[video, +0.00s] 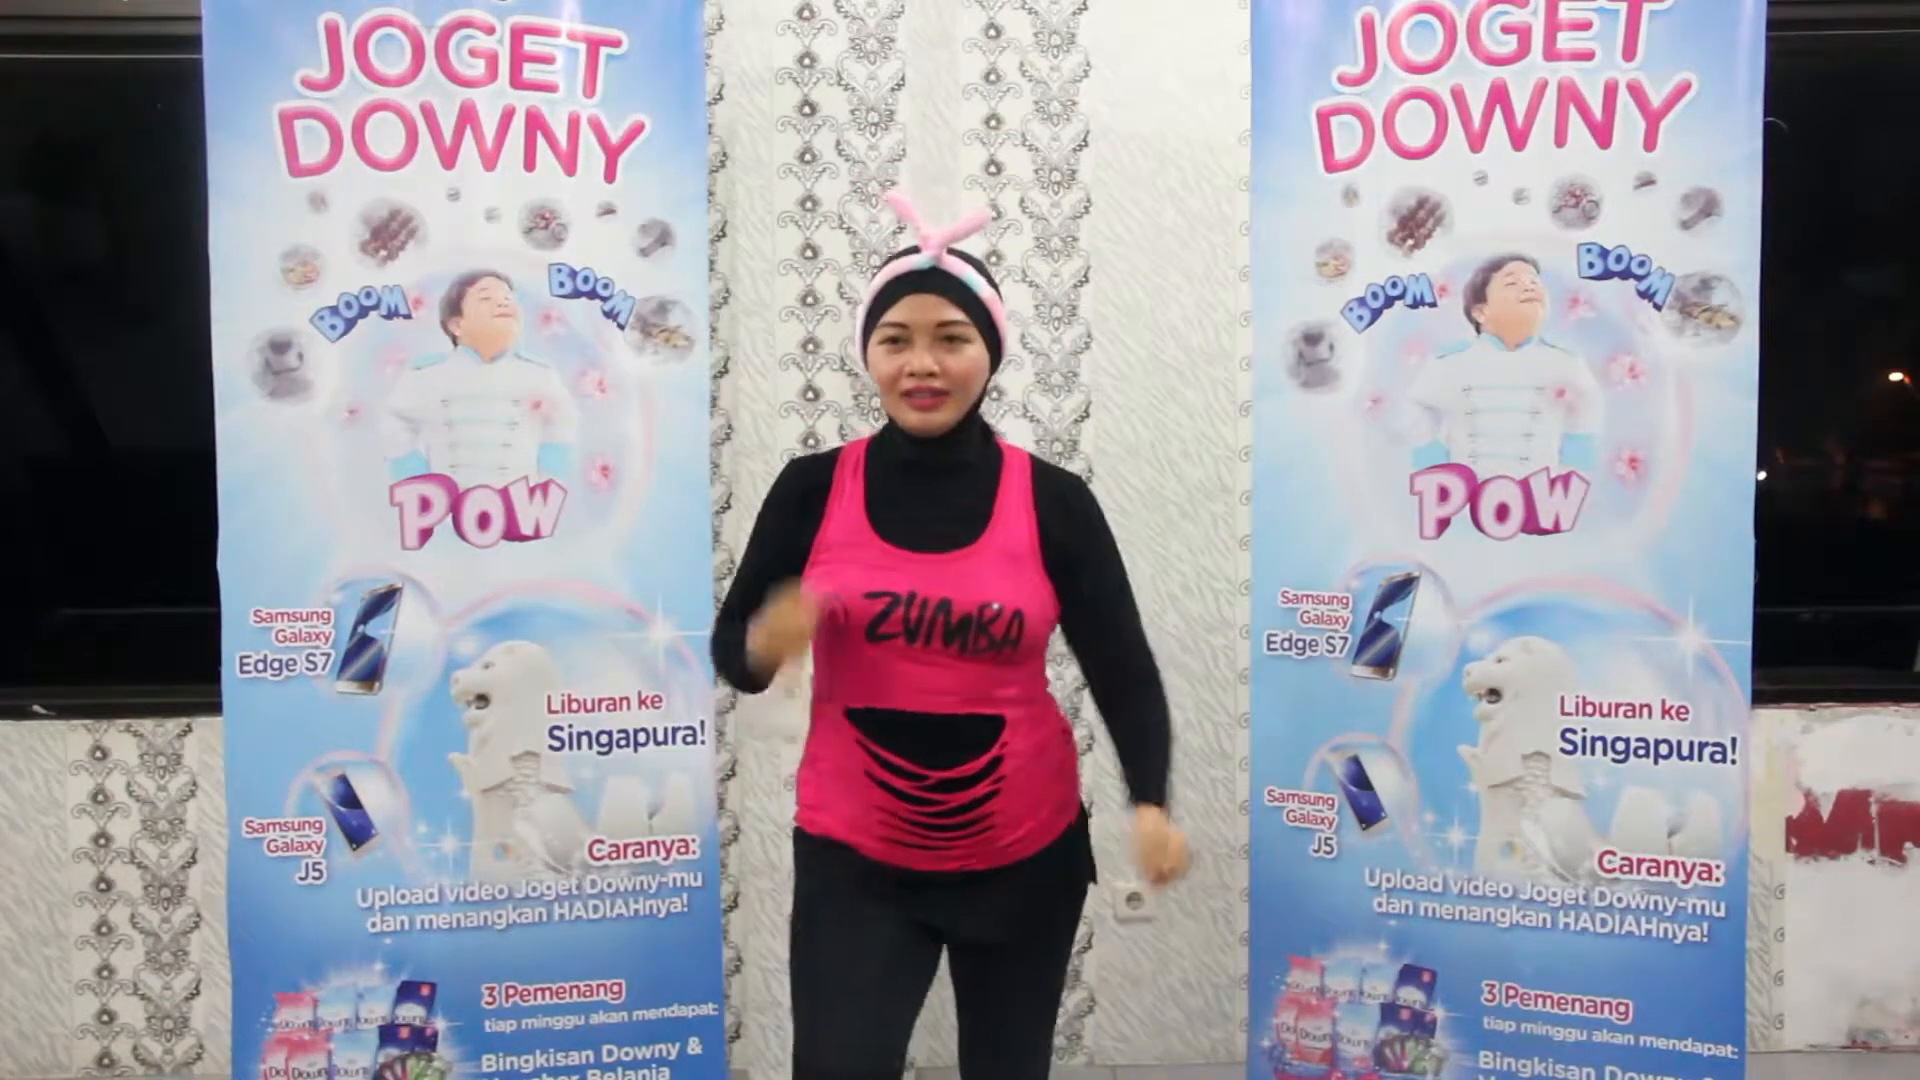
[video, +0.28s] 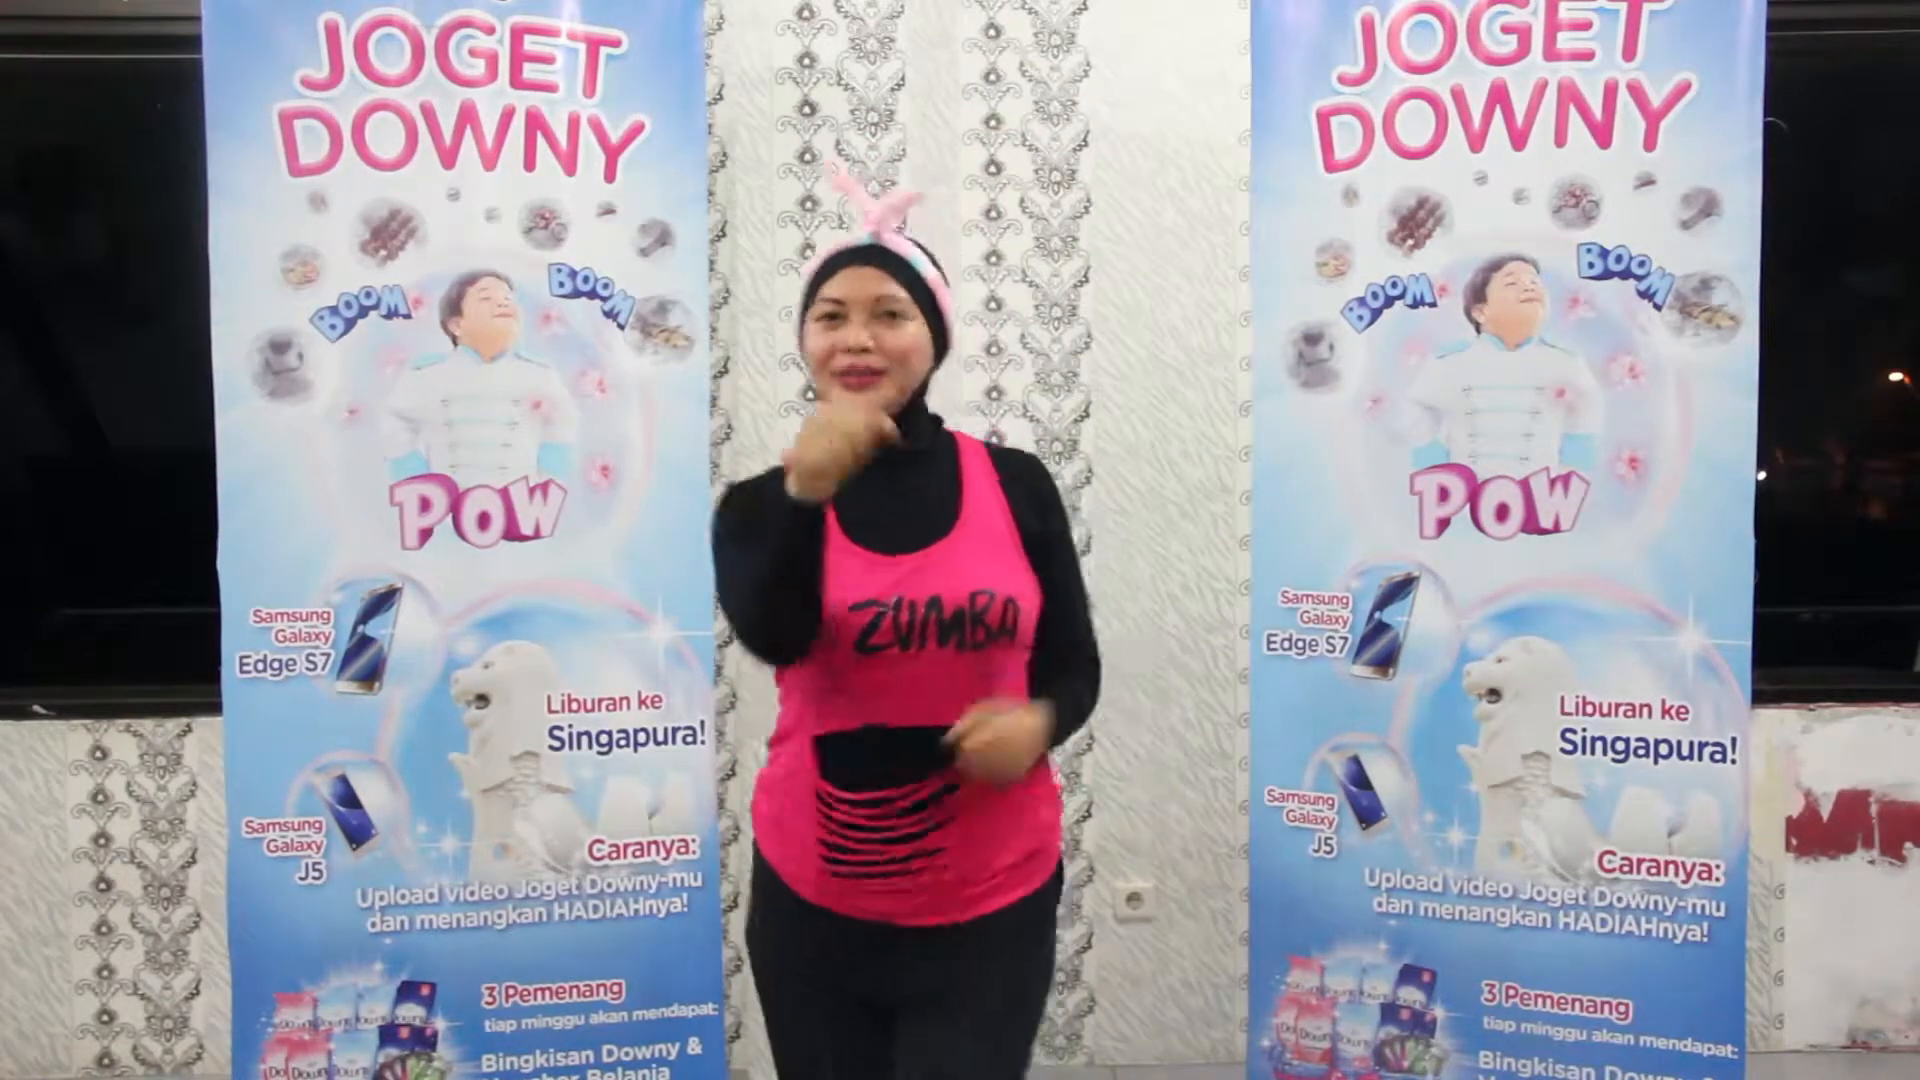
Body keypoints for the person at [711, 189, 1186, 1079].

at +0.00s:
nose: (922, 362)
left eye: (950, 339)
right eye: (898, 340)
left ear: (990, 358)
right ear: (868, 358)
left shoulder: (1054, 503)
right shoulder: (814, 489)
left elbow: (1121, 664)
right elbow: (734, 659)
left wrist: (1148, 798)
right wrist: (770, 635)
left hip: (1021, 858)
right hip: (856, 855)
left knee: (1009, 1068)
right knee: (836, 1065)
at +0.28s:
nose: (857, 338)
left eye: (887, 316)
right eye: (831, 317)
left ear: (934, 343)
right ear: (804, 344)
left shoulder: (1016, 487)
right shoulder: (763, 505)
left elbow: (1073, 661)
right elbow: (776, 639)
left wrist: (1040, 719)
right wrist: (804, 494)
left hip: (990, 903)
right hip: (816, 903)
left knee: (971, 1064)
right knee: (827, 1064)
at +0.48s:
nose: (860, 312)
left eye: (891, 286)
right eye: (828, 289)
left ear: (937, 313)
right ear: (796, 323)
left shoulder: (1005, 472)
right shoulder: (747, 477)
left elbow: (1125, 673)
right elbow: (771, 642)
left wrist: (1075, 549)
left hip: (988, 910)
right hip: (812, 917)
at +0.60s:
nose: (881, 373)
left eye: (913, 341)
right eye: (847, 344)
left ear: (960, 366)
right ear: (810, 372)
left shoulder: (1029, 543)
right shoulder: (743, 556)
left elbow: (1173, 704)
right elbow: (710, 804)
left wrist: (1082, 505)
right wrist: (720, 1031)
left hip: (1005, 1011)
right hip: (805, 1015)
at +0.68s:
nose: (894, 378)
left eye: (927, 345)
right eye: (858, 351)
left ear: (975, 372)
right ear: (817, 384)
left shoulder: (1055, 551)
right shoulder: (751, 570)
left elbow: (1193, 662)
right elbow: (688, 800)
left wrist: (1087, 481)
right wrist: (627, 1025)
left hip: (1017, 1036)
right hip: (798, 1034)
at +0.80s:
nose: (893, 303)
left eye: (924, 270)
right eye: (856, 276)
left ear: (979, 300)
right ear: (817, 315)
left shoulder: (1050, 473)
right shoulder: (754, 491)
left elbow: (1176, 561)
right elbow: (697, 664)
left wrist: (1080, 331)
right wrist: (571, 791)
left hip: (1009, 970)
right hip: (798, 962)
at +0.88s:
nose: (885, 246)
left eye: (918, 208)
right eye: (848, 217)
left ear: (978, 228)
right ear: (811, 249)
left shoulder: (1050, 394)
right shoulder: (769, 401)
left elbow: (1132, 551)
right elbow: (677, 605)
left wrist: (1077, 350)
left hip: (1013, 892)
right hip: (795, 872)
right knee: (851, 1057)